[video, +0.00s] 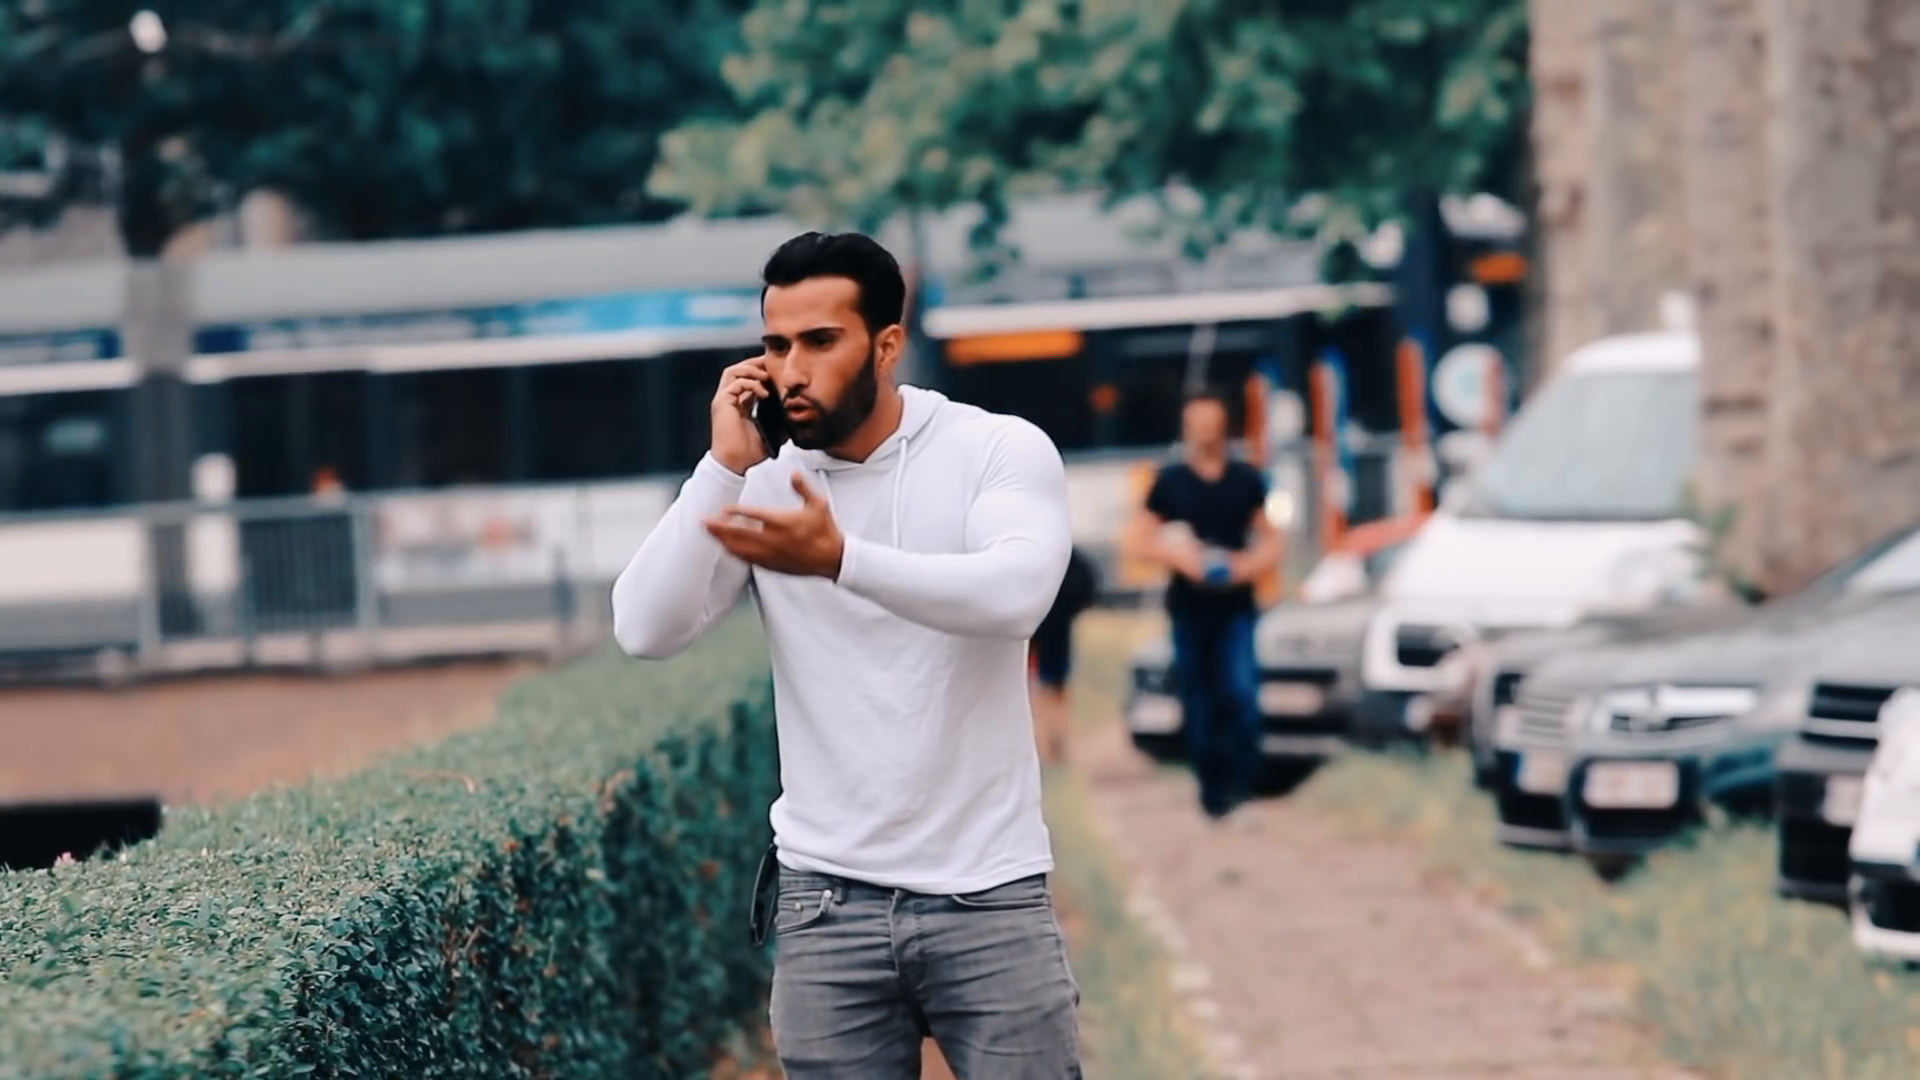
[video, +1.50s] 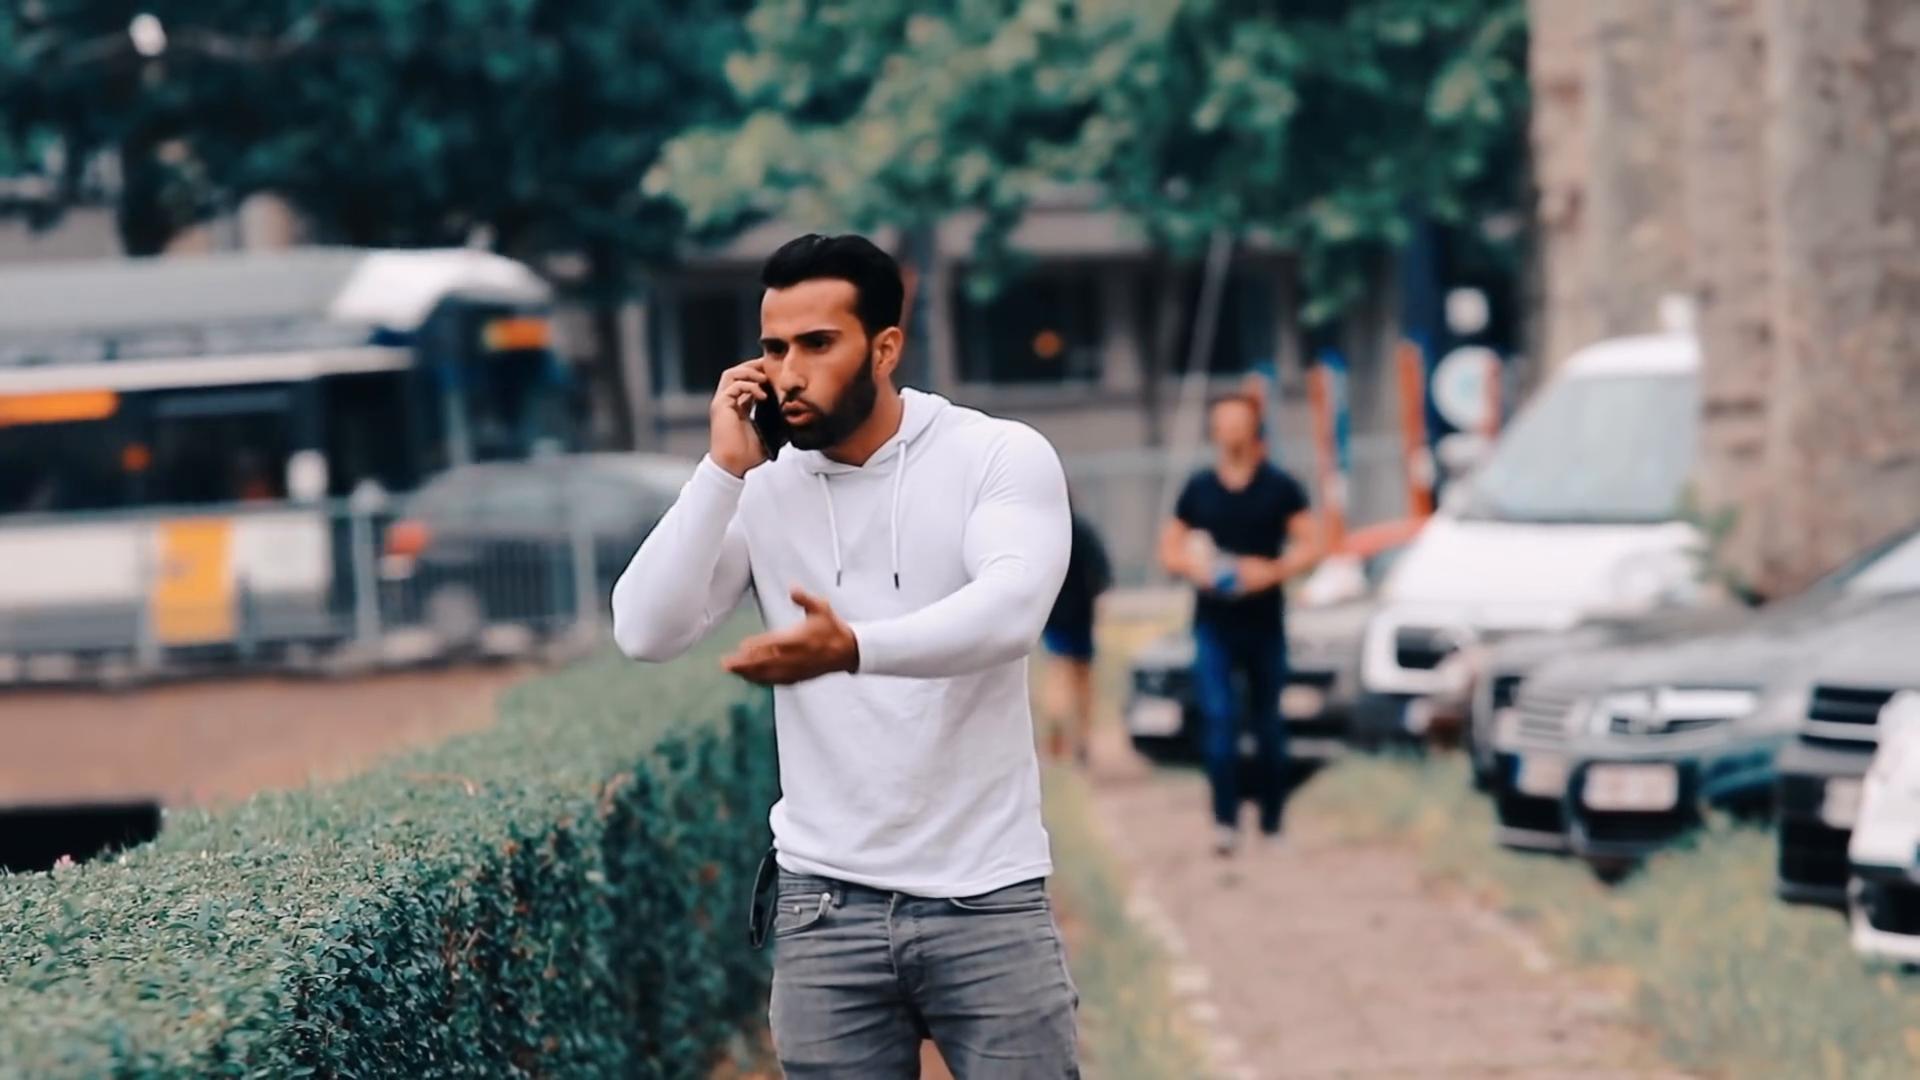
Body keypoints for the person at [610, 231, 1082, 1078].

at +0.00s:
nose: (789, 371)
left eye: (818, 342)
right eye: (776, 346)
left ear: (887, 343)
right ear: (762, 350)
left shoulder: (1003, 450)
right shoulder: (762, 481)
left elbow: (1015, 598)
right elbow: (644, 627)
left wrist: (838, 560)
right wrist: (722, 467)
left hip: (992, 895)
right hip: (823, 901)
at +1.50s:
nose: (786, 373)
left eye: (815, 344)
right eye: (774, 348)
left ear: (885, 347)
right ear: (759, 355)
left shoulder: (1004, 458)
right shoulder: (758, 491)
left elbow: (1009, 617)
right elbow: (643, 631)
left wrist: (854, 648)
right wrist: (723, 469)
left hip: (990, 900)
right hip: (821, 906)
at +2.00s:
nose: (784, 374)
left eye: (812, 343)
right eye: (770, 348)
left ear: (881, 346)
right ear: (755, 355)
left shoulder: (1000, 456)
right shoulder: (758, 482)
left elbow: (1004, 603)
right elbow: (640, 630)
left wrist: (827, 554)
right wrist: (716, 470)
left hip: (984, 897)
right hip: (816, 903)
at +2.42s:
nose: (781, 372)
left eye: (810, 342)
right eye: (768, 347)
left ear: (880, 345)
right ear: (754, 355)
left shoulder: (999, 457)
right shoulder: (754, 489)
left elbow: (1002, 616)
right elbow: (639, 632)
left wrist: (840, 638)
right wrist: (718, 467)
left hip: (984, 900)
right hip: (815, 906)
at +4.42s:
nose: (780, 373)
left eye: (809, 345)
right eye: (768, 347)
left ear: (877, 348)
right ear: (752, 351)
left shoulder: (988, 451)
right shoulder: (750, 488)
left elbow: (1003, 583)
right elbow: (628, 626)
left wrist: (820, 571)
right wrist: (713, 466)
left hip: (975, 899)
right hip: (807, 906)